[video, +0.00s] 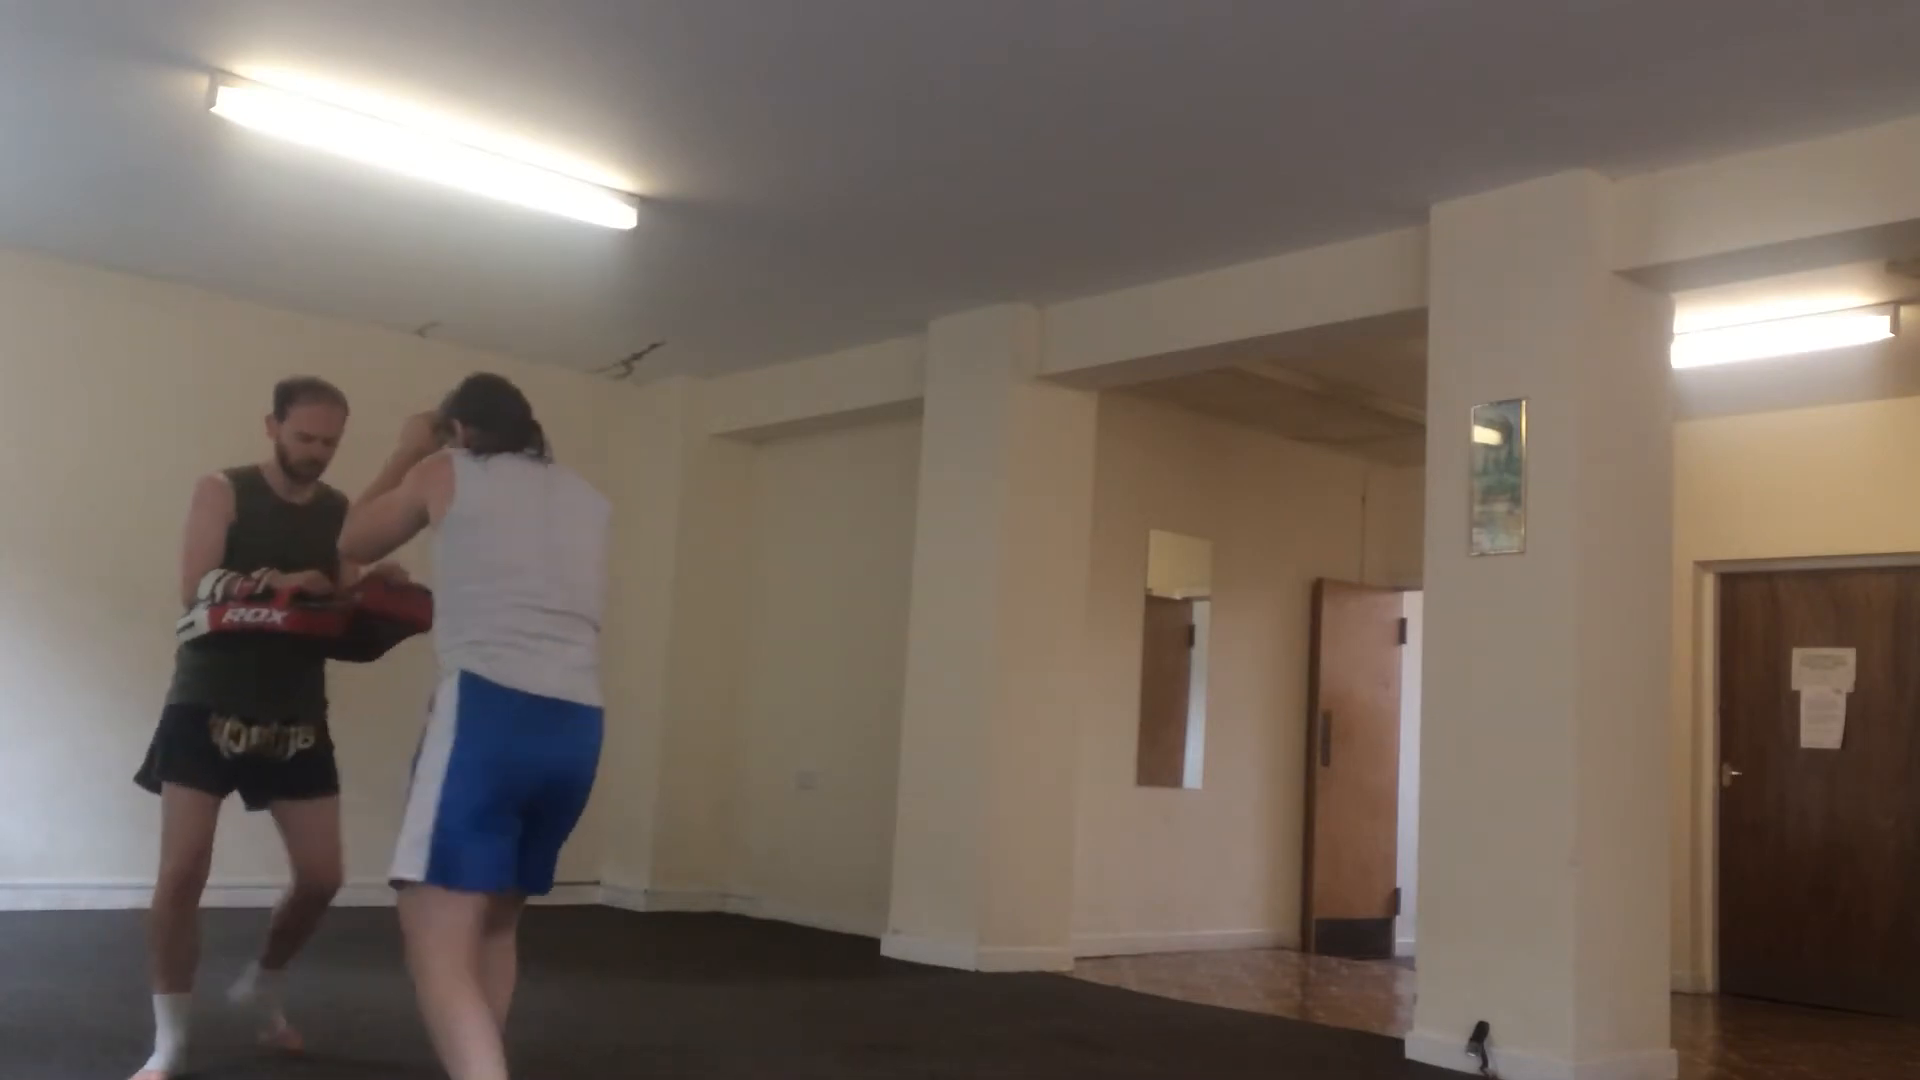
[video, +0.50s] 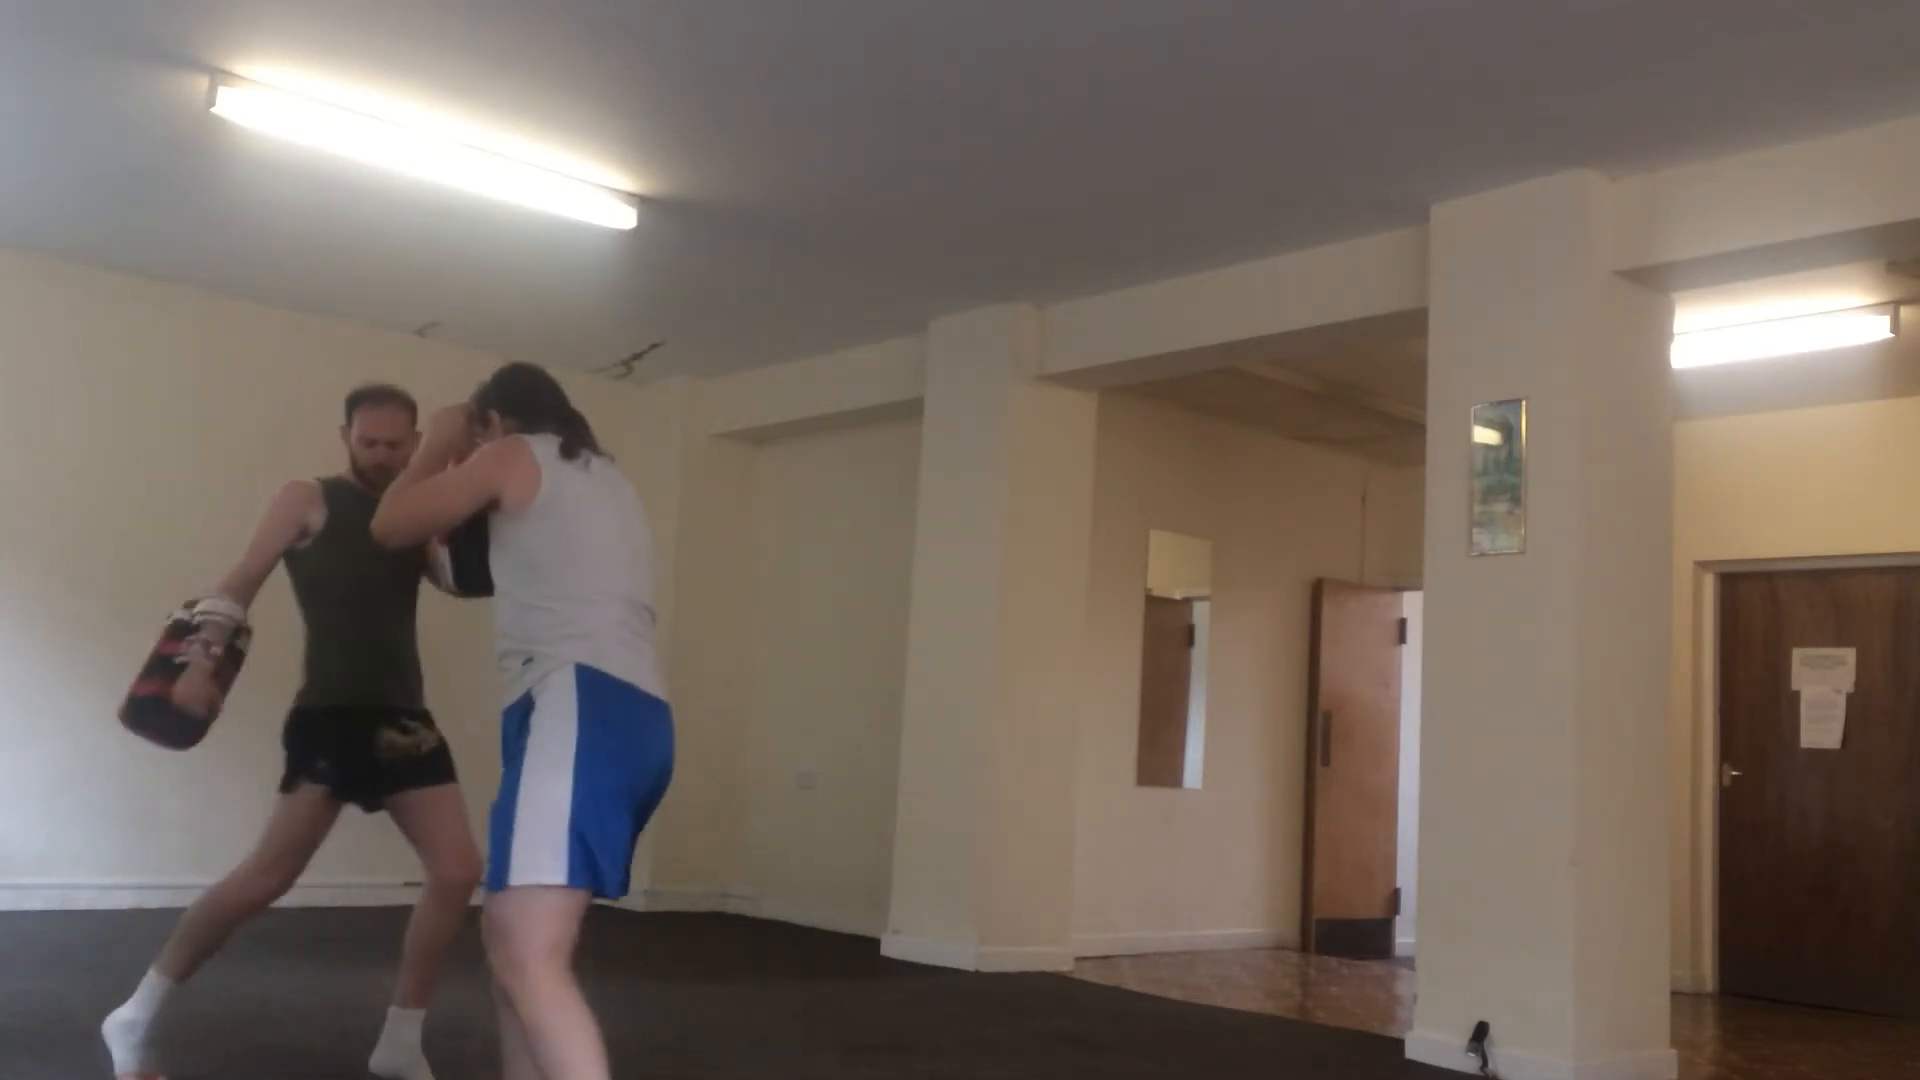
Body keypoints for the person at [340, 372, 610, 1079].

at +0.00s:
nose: (447, 444)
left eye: (447, 434)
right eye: (448, 434)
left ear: (461, 432)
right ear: (528, 431)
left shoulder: (451, 474)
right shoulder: (588, 499)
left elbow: (353, 540)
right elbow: (533, 601)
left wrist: (401, 455)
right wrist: (416, 595)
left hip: (484, 720)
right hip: (574, 732)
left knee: (441, 955)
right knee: (500, 924)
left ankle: (483, 1071)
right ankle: (475, 1070)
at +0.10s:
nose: (452, 453)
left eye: (450, 443)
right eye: (451, 443)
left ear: (463, 439)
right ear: (530, 437)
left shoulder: (461, 478)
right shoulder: (592, 507)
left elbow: (357, 547)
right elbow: (528, 576)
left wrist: (404, 465)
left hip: (507, 726)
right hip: (593, 742)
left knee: (438, 959)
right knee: (492, 931)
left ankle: (474, 1069)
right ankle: (468, 1067)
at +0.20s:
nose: (457, 439)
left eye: (455, 430)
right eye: (457, 430)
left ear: (468, 421)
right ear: (534, 419)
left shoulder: (478, 457)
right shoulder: (596, 488)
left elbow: (365, 531)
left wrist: (410, 455)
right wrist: (394, 557)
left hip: (526, 706)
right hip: (608, 724)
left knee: (460, 938)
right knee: (491, 927)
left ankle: (490, 1070)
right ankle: (493, 1068)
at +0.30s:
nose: (462, 435)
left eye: (461, 425)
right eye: (462, 426)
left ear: (475, 412)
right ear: (540, 409)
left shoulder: (494, 448)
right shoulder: (593, 479)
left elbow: (372, 515)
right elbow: (462, 582)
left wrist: (414, 437)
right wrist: (391, 524)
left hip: (546, 694)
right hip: (619, 708)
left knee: (486, 933)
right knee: (513, 931)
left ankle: (509, 1070)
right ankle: (520, 1070)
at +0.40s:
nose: (472, 439)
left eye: (470, 429)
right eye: (472, 431)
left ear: (485, 417)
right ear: (548, 414)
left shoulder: (506, 452)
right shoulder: (597, 483)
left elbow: (383, 513)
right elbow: (476, 575)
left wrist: (424, 438)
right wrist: (426, 493)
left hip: (568, 704)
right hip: (627, 716)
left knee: (481, 934)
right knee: (516, 935)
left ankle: (539, 1068)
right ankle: (541, 1066)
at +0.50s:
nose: (482, 442)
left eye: (480, 432)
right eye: (481, 434)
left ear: (496, 420)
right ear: (560, 416)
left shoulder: (517, 455)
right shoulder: (610, 485)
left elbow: (392, 521)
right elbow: (477, 571)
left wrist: (436, 443)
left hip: (574, 705)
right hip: (632, 715)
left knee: (529, 957)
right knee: (514, 950)